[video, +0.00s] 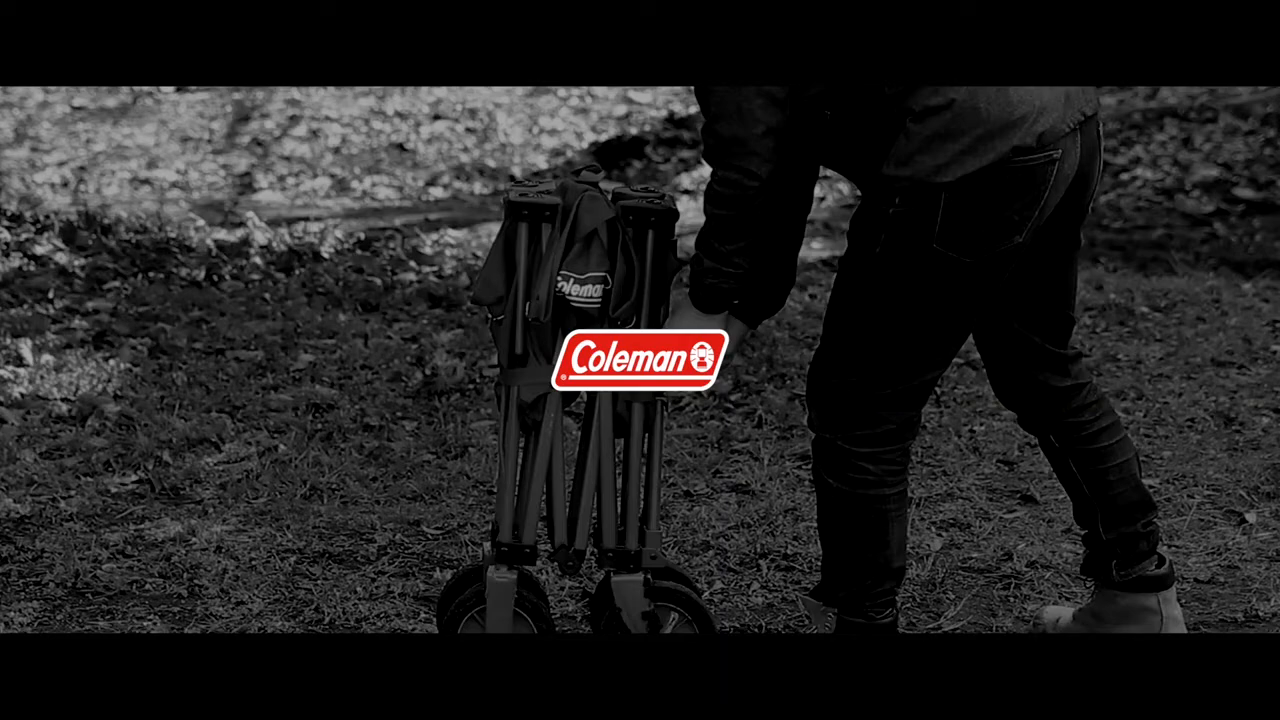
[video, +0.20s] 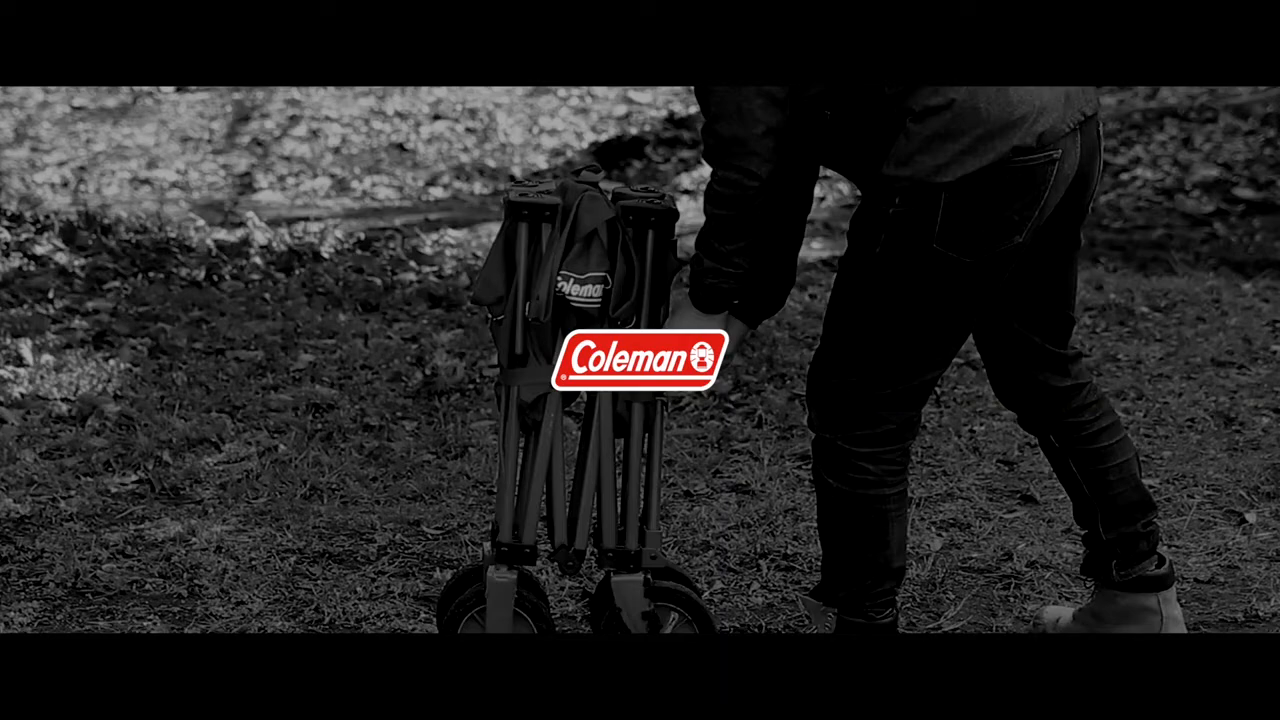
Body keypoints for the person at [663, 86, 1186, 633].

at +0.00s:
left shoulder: (746, 91)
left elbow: (758, 173)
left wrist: (712, 309)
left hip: (947, 161)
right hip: (1067, 123)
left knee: (857, 409)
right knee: (1038, 364)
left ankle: (862, 616)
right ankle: (1136, 588)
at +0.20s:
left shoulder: (746, 91)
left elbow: (758, 173)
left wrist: (712, 309)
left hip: (947, 161)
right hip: (1067, 123)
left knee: (857, 409)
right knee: (1038, 364)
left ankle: (862, 616)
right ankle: (1136, 588)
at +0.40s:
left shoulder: (746, 91)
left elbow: (758, 173)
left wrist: (712, 309)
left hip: (947, 161)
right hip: (1067, 123)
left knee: (857, 409)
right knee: (1038, 364)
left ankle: (862, 616)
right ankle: (1136, 588)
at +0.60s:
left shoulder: (746, 91)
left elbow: (758, 173)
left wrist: (712, 309)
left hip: (947, 161)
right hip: (1067, 123)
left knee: (857, 409)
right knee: (1038, 364)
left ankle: (862, 616)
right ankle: (1136, 588)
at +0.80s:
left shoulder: (746, 91)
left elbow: (758, 173)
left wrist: (712, 309)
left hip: (947, 161)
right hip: (1067, 123)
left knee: (857, 409)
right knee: (1038, 364)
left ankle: (862, 616)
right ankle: (1136, 588)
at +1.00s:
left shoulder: (746, 91)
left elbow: (758, 173)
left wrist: (712, 309)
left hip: (947, 161)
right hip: (1067, 123)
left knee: (857, 409)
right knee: (1038, 364)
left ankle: (862, 616)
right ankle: (1136, 588)